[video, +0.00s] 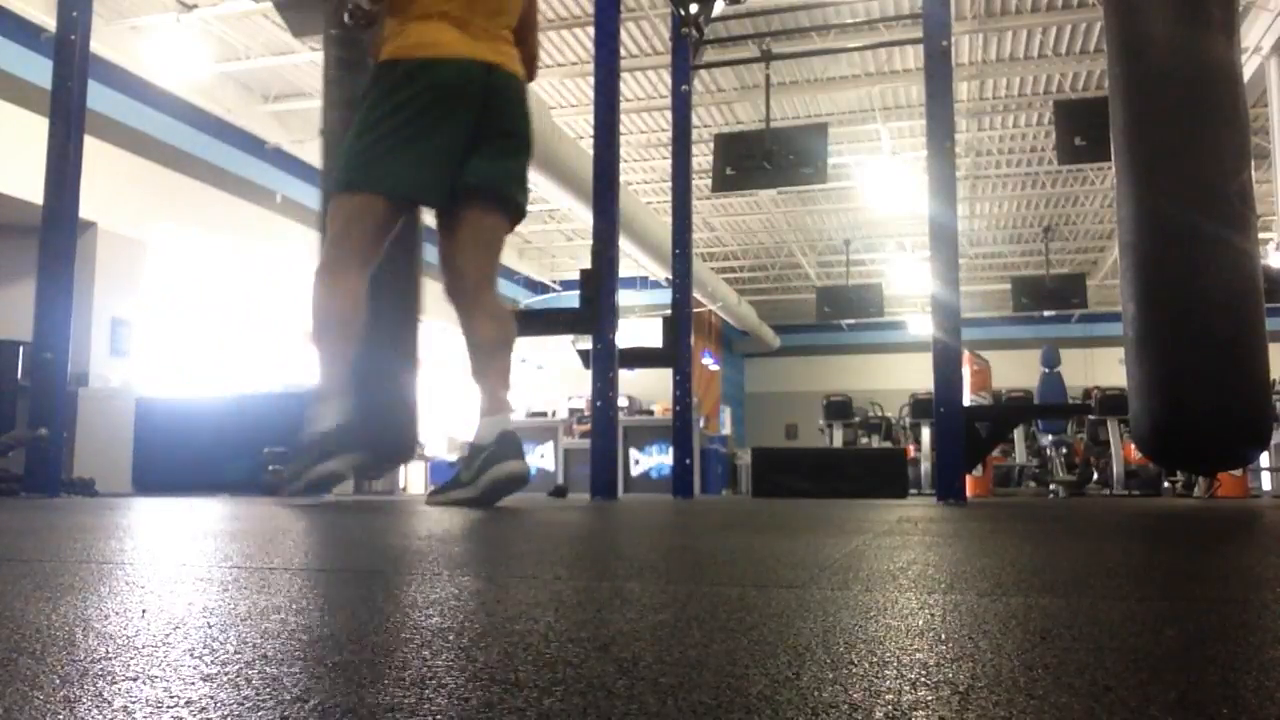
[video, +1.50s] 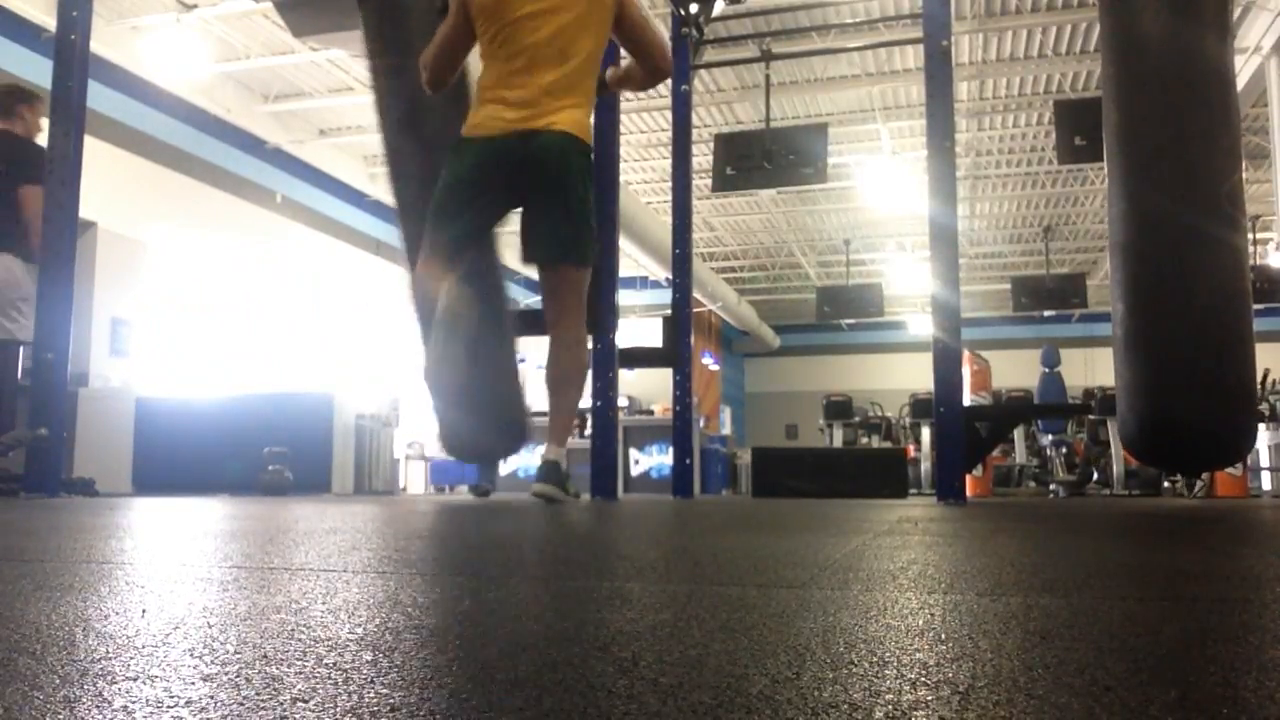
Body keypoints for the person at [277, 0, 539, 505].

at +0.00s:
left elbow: (362, 13)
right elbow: (527, 60)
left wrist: (364, 14)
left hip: (415, 73)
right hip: (503, 89)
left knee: (345, 258)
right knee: (475, 277)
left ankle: (330, 424)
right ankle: (496, 435)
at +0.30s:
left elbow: (291, 2)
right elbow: (534, 65)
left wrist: (311, 64)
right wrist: (475, 93)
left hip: (409, 99)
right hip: (493, 109)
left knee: (353, 275)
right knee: (495, 285)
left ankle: (319, 452)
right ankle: (497, 423)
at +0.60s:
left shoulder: (445, 6)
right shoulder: (557, 4)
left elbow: (412, 54)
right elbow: (649, 3)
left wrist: (428, 144)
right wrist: (711, 45)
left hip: (447, 173)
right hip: (527, 177)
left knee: (383, 295)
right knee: (547, 322)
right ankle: (537, 462)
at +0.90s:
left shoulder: (468, 6)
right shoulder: (600, 2)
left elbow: (441, 102)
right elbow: (664, 60)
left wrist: (419, 180)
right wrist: (649, 113)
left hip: (501, 162)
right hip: (575, 163)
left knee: (466, 244)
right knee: (573, 321)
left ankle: (447, 315)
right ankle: (548, 455)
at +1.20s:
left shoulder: (454, 5)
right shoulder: (574, 11)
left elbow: (412, 82)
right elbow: (609, 109)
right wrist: (548, 118)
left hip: (489, 159)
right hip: (563, 165)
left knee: (445, 315)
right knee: (553, 318)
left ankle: (440, 446)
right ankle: (567, 464)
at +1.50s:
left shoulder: (481, 2)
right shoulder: (605, 2)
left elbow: (435, 71)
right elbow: (657, 64)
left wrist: (441, 72)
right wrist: (610, 81)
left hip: (485, 142)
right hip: (563, 144)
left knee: (433, 273)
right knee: (567, 314)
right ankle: (554, 459)